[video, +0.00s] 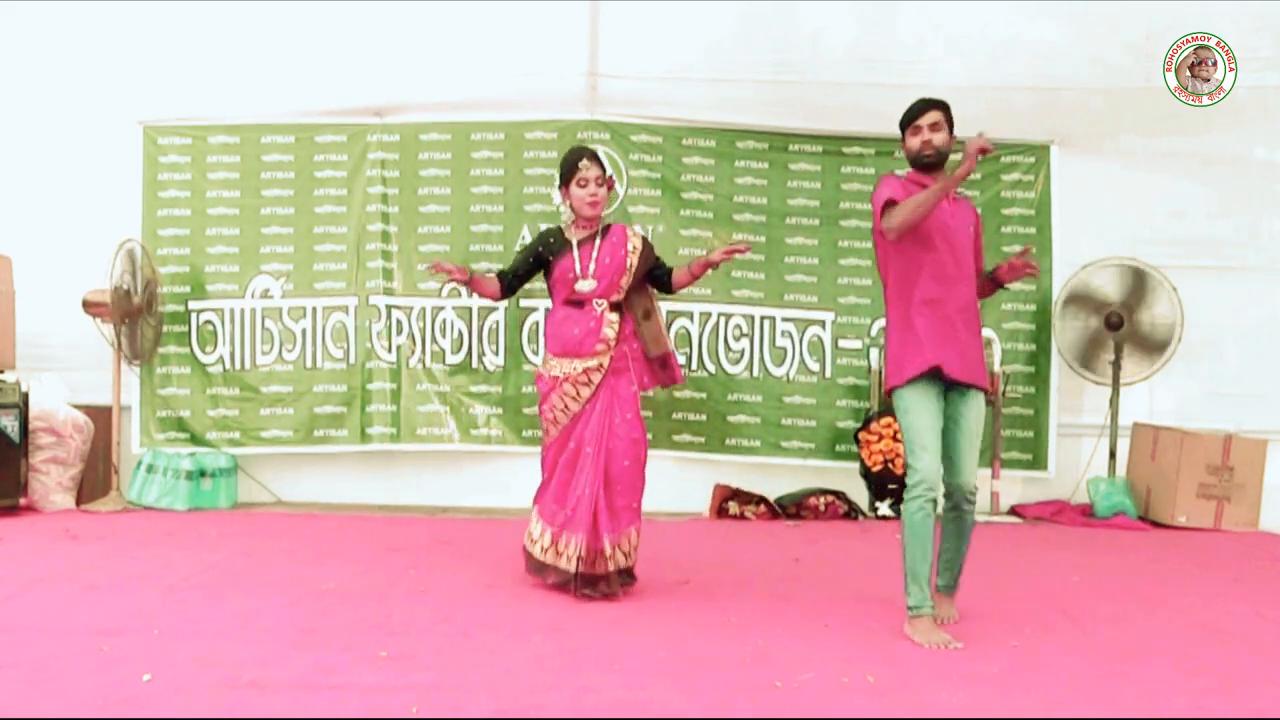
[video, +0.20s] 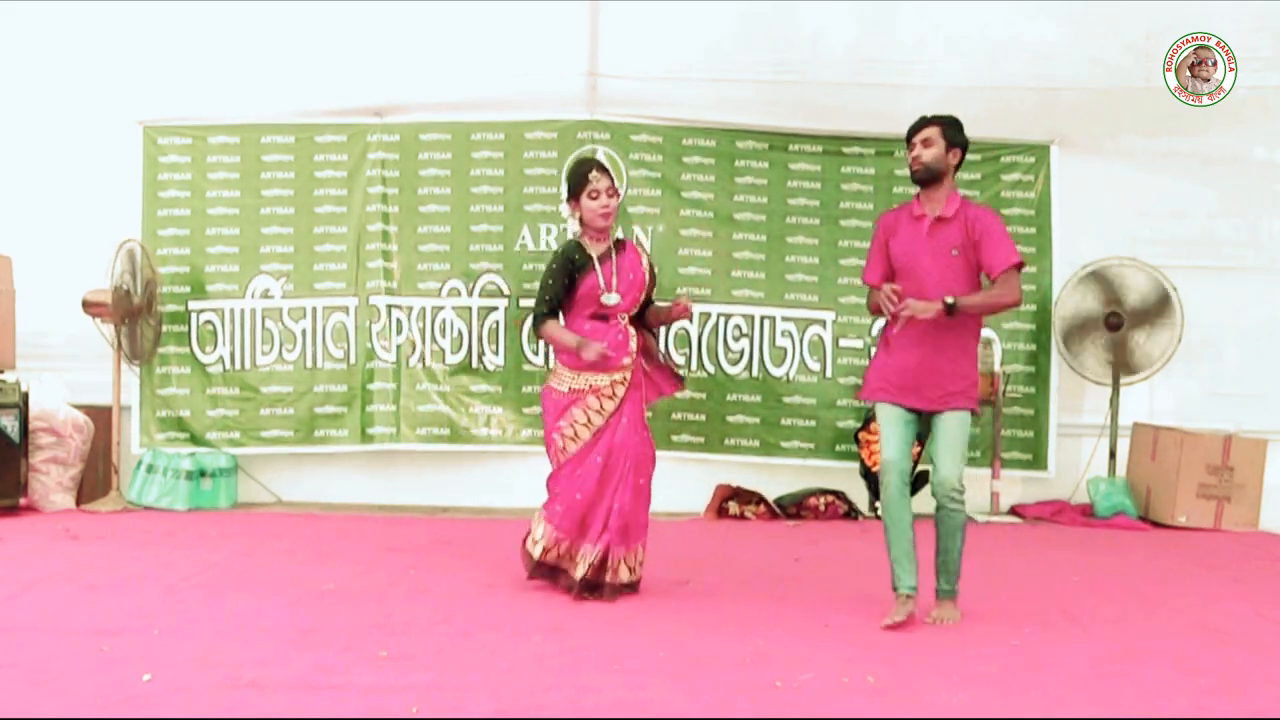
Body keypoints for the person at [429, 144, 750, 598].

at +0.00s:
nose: (593, 192)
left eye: (600, 183)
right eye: (582, 184)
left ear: (609, 189)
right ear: (565, 192)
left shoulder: (629, 241)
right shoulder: (551, 242)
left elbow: (667, 280)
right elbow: (502, 286)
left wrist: (707, 262)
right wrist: (467, 277)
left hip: (616, 367)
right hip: (565, 368)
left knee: (620, 459)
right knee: (570, 461)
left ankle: (609, 562)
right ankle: (572, 560)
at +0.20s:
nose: (605, 202)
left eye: (611, 193)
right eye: (593, 194)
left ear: (619, 198)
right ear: (575, 204)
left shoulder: (636, 256)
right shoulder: (568, 258)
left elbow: (642, 314)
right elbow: (543, 320)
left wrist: (669, 312)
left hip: (624, 381)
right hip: (575, 383)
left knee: (631, 465)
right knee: (583, 471)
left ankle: (610, 563)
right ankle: (548, 547)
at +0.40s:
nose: (623, 188)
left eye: (627, 178)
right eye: (611, 180)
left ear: (632, 182)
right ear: (588, 189)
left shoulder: (633, 233)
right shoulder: (591, 232)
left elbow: (661, 290)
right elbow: (631, 283)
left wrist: (659, 245)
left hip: (632, 365)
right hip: (590, 365)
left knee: (647, 465)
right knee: (619, 464)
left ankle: (621, 564)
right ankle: (579, 557)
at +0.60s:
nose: (646, 188)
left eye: (648, 179)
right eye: (635, 180)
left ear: (645, 183)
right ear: (608, 189)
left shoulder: (611, 234)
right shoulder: (622, 236)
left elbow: (626, 291)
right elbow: (637, 300)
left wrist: (672, 279)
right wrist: (684, 291)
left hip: (599, 367)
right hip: (616, 372)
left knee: (614, 471)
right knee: (645, 474)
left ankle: (584, 567)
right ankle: (612, 597)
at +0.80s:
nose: (662, 179)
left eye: (663, 169)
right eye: (651, 172)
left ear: (655, 172)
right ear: (626, 179)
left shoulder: (611, 227)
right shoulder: (638, 224)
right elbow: (629, 283)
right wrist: (690, 310)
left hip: (607, 362)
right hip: (630, 365)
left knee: (625, 466)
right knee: (649, 469)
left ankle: (596, 566)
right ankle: (613, 593)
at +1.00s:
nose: (663, 178)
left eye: (663, 167)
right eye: (653, 170)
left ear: (634, 177)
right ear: (627, 180)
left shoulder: (613, 225)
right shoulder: (635, 225)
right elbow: (634, 289)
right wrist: (693, 310)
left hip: (602, 361)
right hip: (623, 365)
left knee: (617, 466)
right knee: (644, 471)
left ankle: (593, 567)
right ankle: (614, 596)